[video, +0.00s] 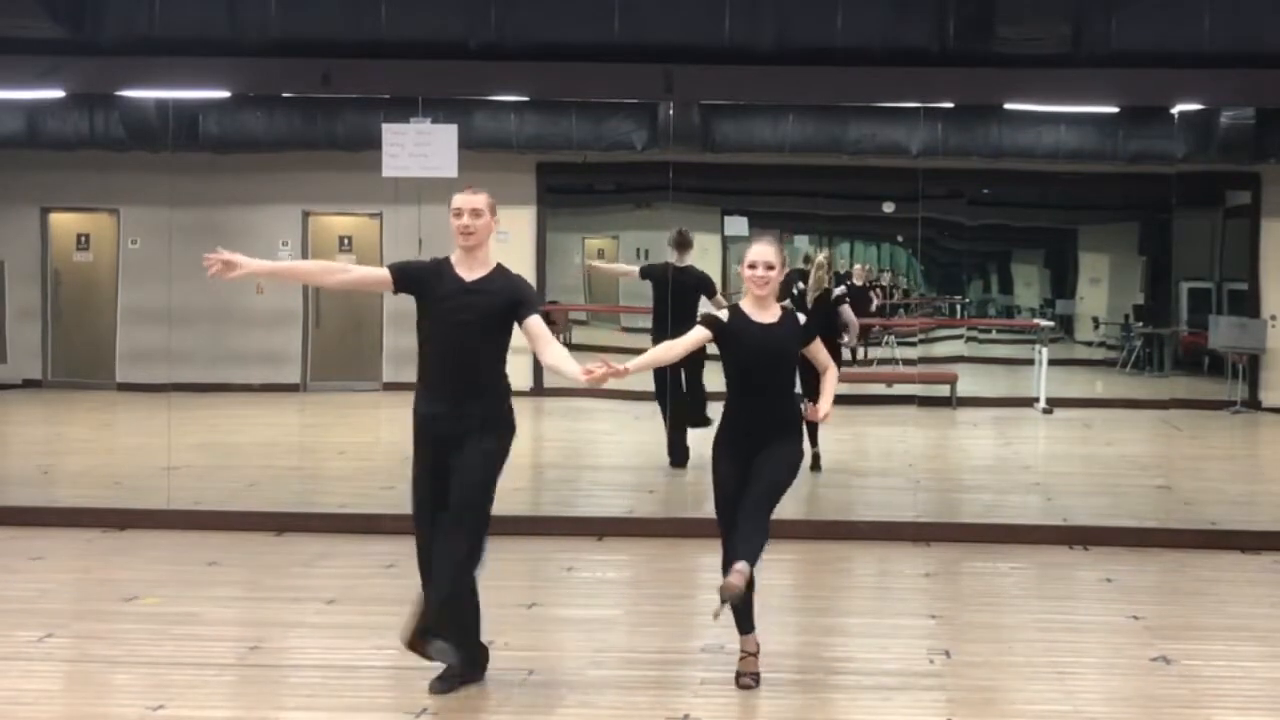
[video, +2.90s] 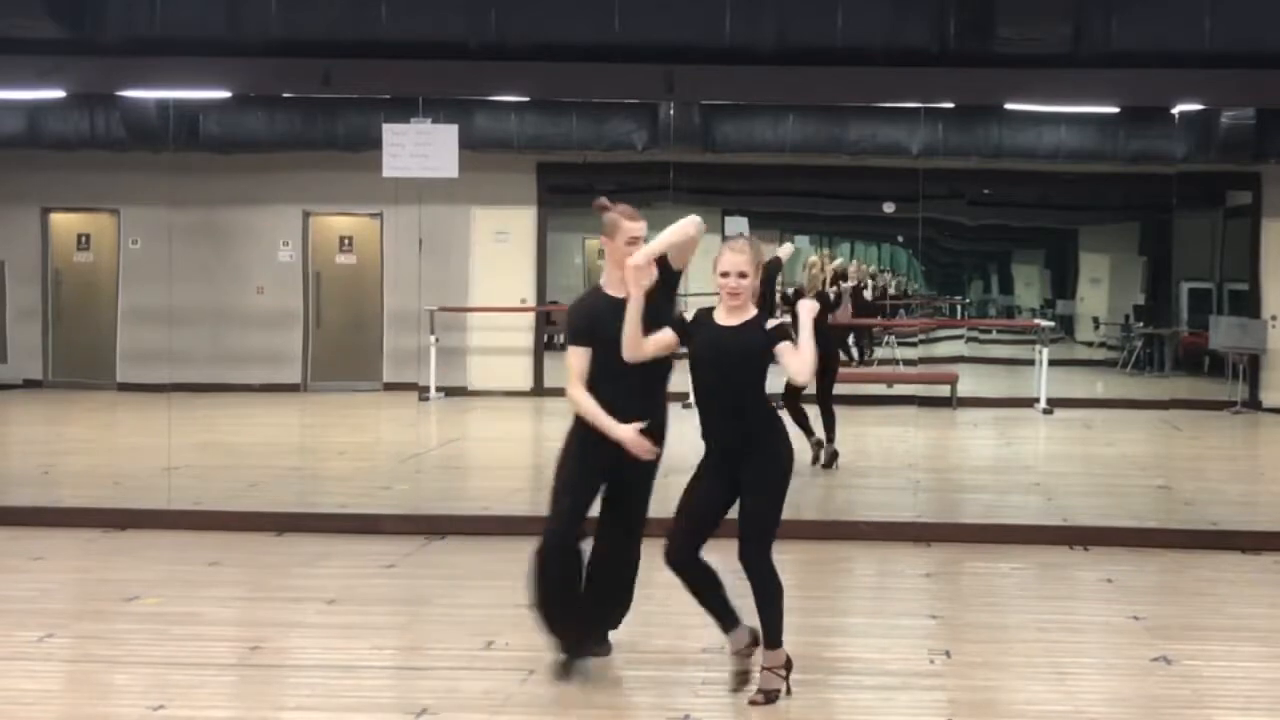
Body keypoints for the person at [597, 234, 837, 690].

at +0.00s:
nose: (759, 273)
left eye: (768, 266)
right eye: (753, 265)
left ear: (782, 273)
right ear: (741, 270)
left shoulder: (796, 323)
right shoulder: (724, 318)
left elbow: (828, 368)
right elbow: (675, 347)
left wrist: (824, 403)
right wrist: (627, 367)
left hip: (783, 436)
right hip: (734, 436)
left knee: (759, 500)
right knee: (734, 535)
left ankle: (740, 570)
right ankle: (748, 646)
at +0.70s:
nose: (765, 272)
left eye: (774, 264)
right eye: (757, 264)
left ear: (788, 269)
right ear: (747, 268)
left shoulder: (807, 317)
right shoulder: (734, 315)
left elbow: (839, 358)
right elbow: (686, 339)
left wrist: (826, 397)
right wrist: (639, 353)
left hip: (785, 437)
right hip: (737, 435)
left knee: (759, 532)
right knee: (743, 532)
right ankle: (752, 633)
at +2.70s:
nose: (750, 277)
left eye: (758, 269)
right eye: (741, 269)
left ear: (771, 273)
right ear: (726, 271)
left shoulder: (788, 316)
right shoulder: (711, 323)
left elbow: (843, 357)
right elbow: (661, 371)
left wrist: (811, 350)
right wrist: (648, 325)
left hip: (770, 446)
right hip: (720, 448)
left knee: (754, 551)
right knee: (741, 550)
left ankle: (763, 658)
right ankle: (762, 648)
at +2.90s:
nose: (732, 283)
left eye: (741, 275)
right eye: (725, 275)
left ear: (757, 280)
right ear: (714, 278)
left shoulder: (767, 328)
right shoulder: (697, 323)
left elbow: (802, 373)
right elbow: (634, 351)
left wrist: (806, 320)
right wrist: (636, 291)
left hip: (765, 455)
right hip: (720, 456)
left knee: (755, 554)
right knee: (680, 553)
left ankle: (775, 657)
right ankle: (740, 638)